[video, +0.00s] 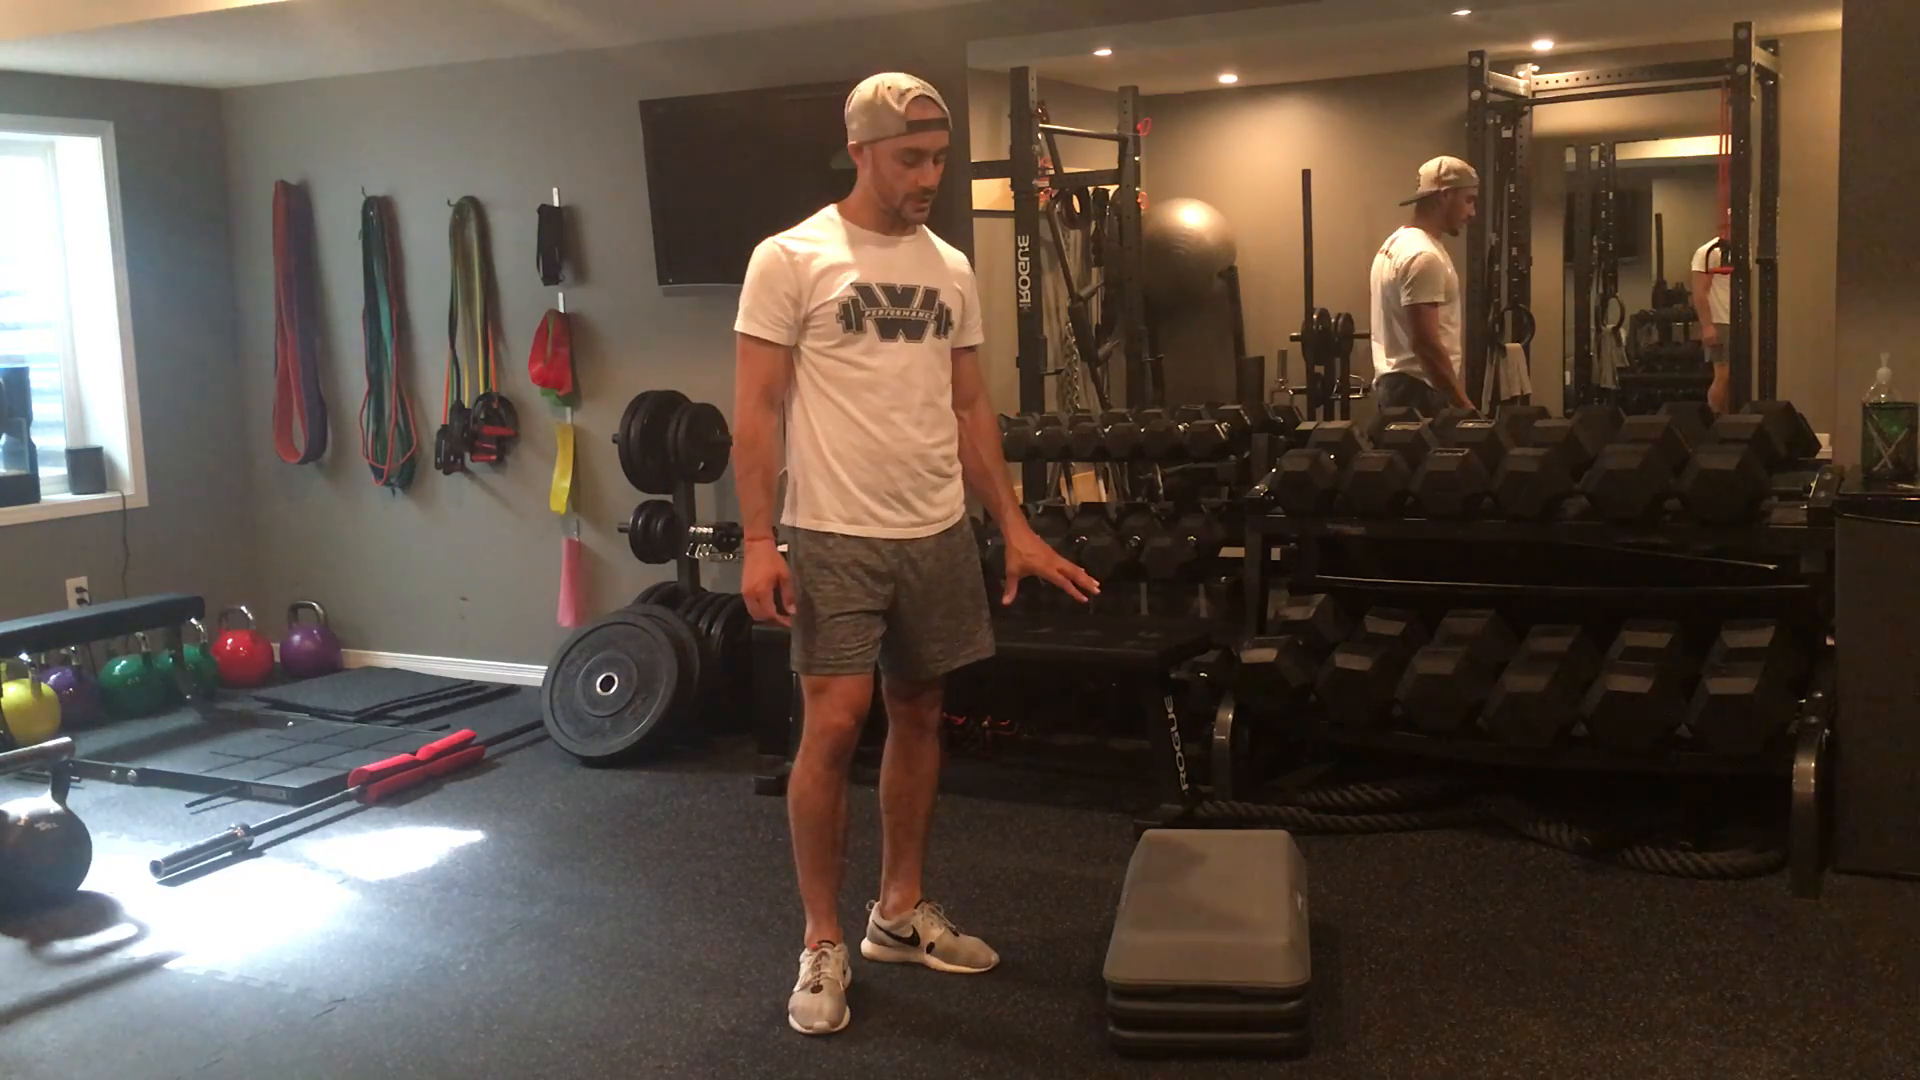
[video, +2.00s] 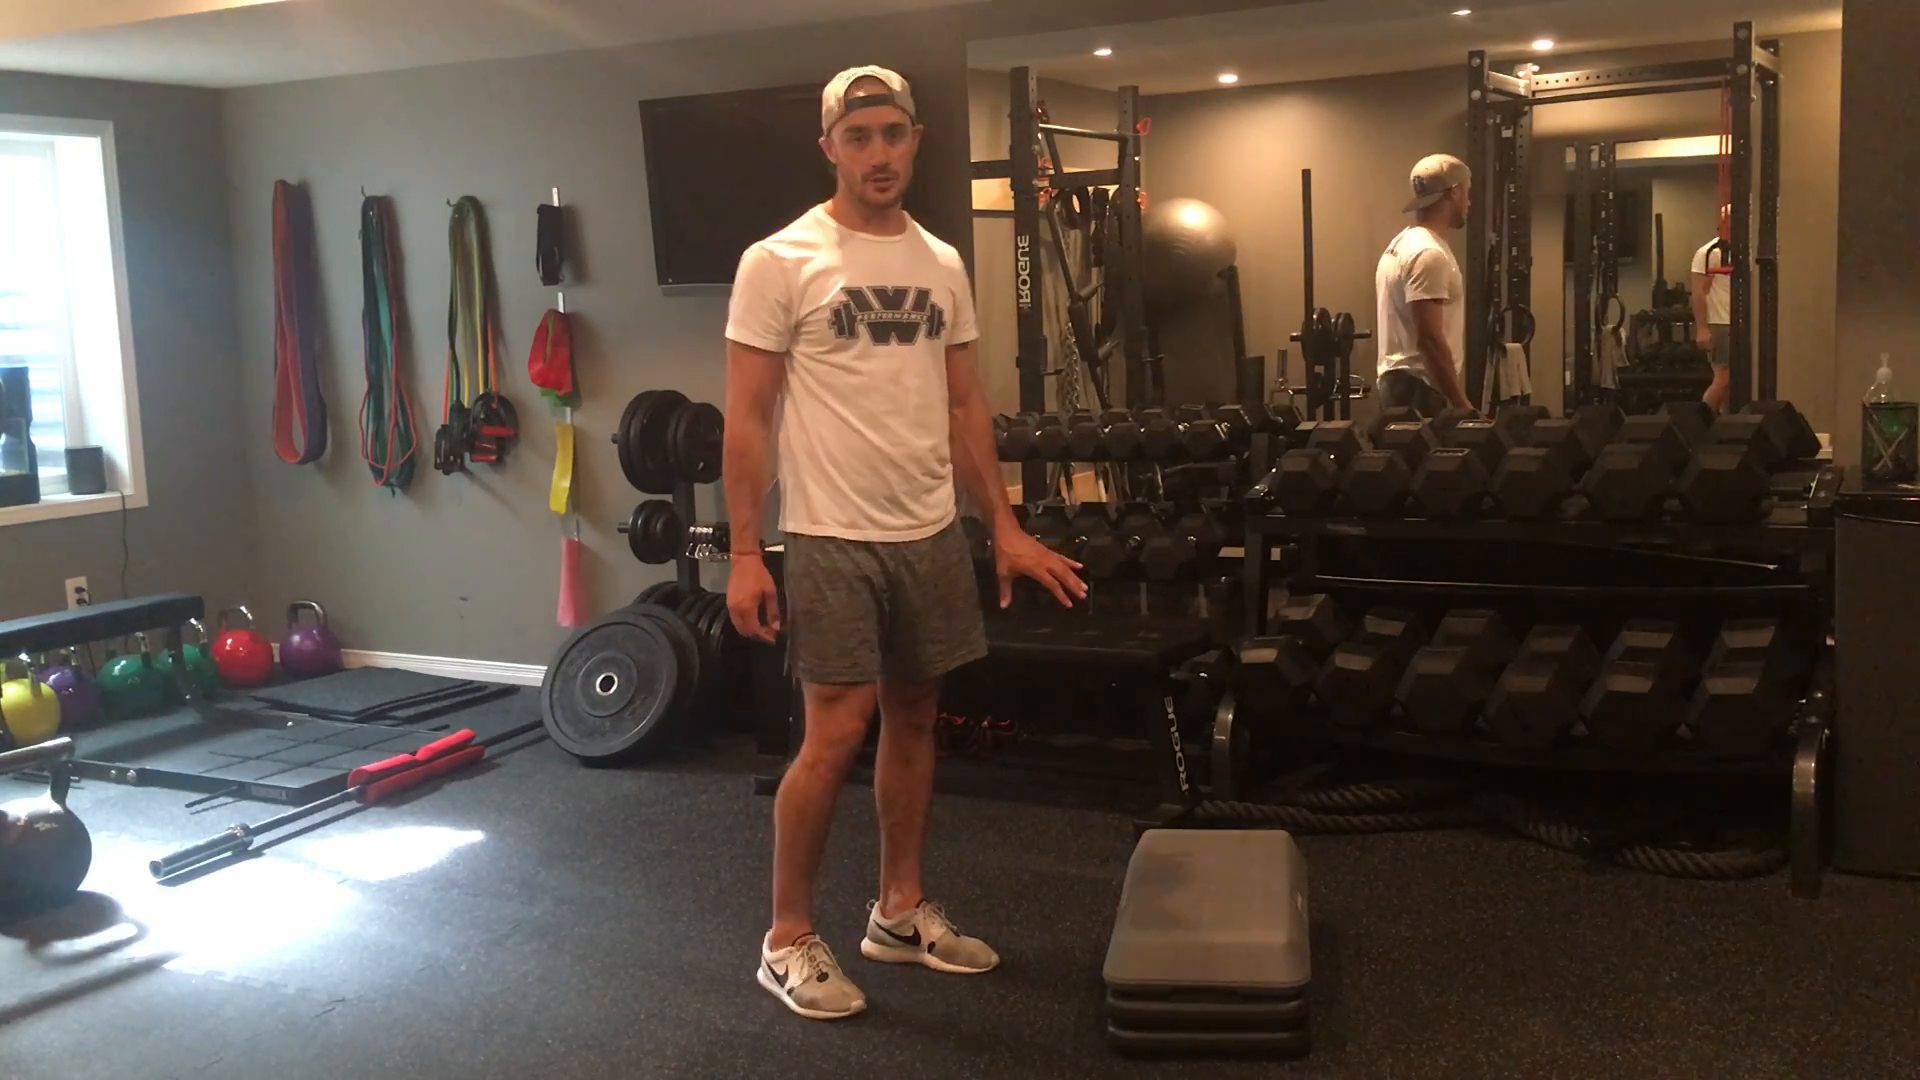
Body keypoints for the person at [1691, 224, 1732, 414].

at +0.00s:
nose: (1733, 231)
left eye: (1736, 226)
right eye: (1730, 226)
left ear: (1742, 228)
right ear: (1723, 227)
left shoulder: (1744, 253)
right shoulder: (1707, 253)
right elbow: (1699, 293)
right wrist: (1707, 325)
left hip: (1743, 325)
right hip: (1721, 324)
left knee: (1734, 377)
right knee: (1723, 375)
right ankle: (1715, 423)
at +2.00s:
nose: (1733, 227)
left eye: (1736, 221)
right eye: (1730, 221)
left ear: (1740, 224)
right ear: (1722, 223)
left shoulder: (1743, 252)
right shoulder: (1708, 253)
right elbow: (1698, 293)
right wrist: (1702, 327)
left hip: (1739, 325)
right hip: (1719, 325)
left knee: (1731, 381)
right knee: (1722, 379)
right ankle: (1700, 422)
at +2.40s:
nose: (1737, 228)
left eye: (1738, 223)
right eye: (1734, 223)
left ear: (1724, 223)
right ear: (1725, 223)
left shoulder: (1730, 252)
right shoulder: (1708, 251)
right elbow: (1701, 295)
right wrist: (1712, 330)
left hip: (1728, 324)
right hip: (1713, 325)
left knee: (1726, 382)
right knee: (1712, 381)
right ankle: (1698, 425)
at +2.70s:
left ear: (1726, 224)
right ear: (1735, 226)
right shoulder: (1718, 251)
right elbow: (1717, 292)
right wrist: (1728, 325)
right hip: (1710, 322)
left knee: (1727, 376)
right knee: (1709, 375)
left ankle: (1728, 423)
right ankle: (1697, 423)